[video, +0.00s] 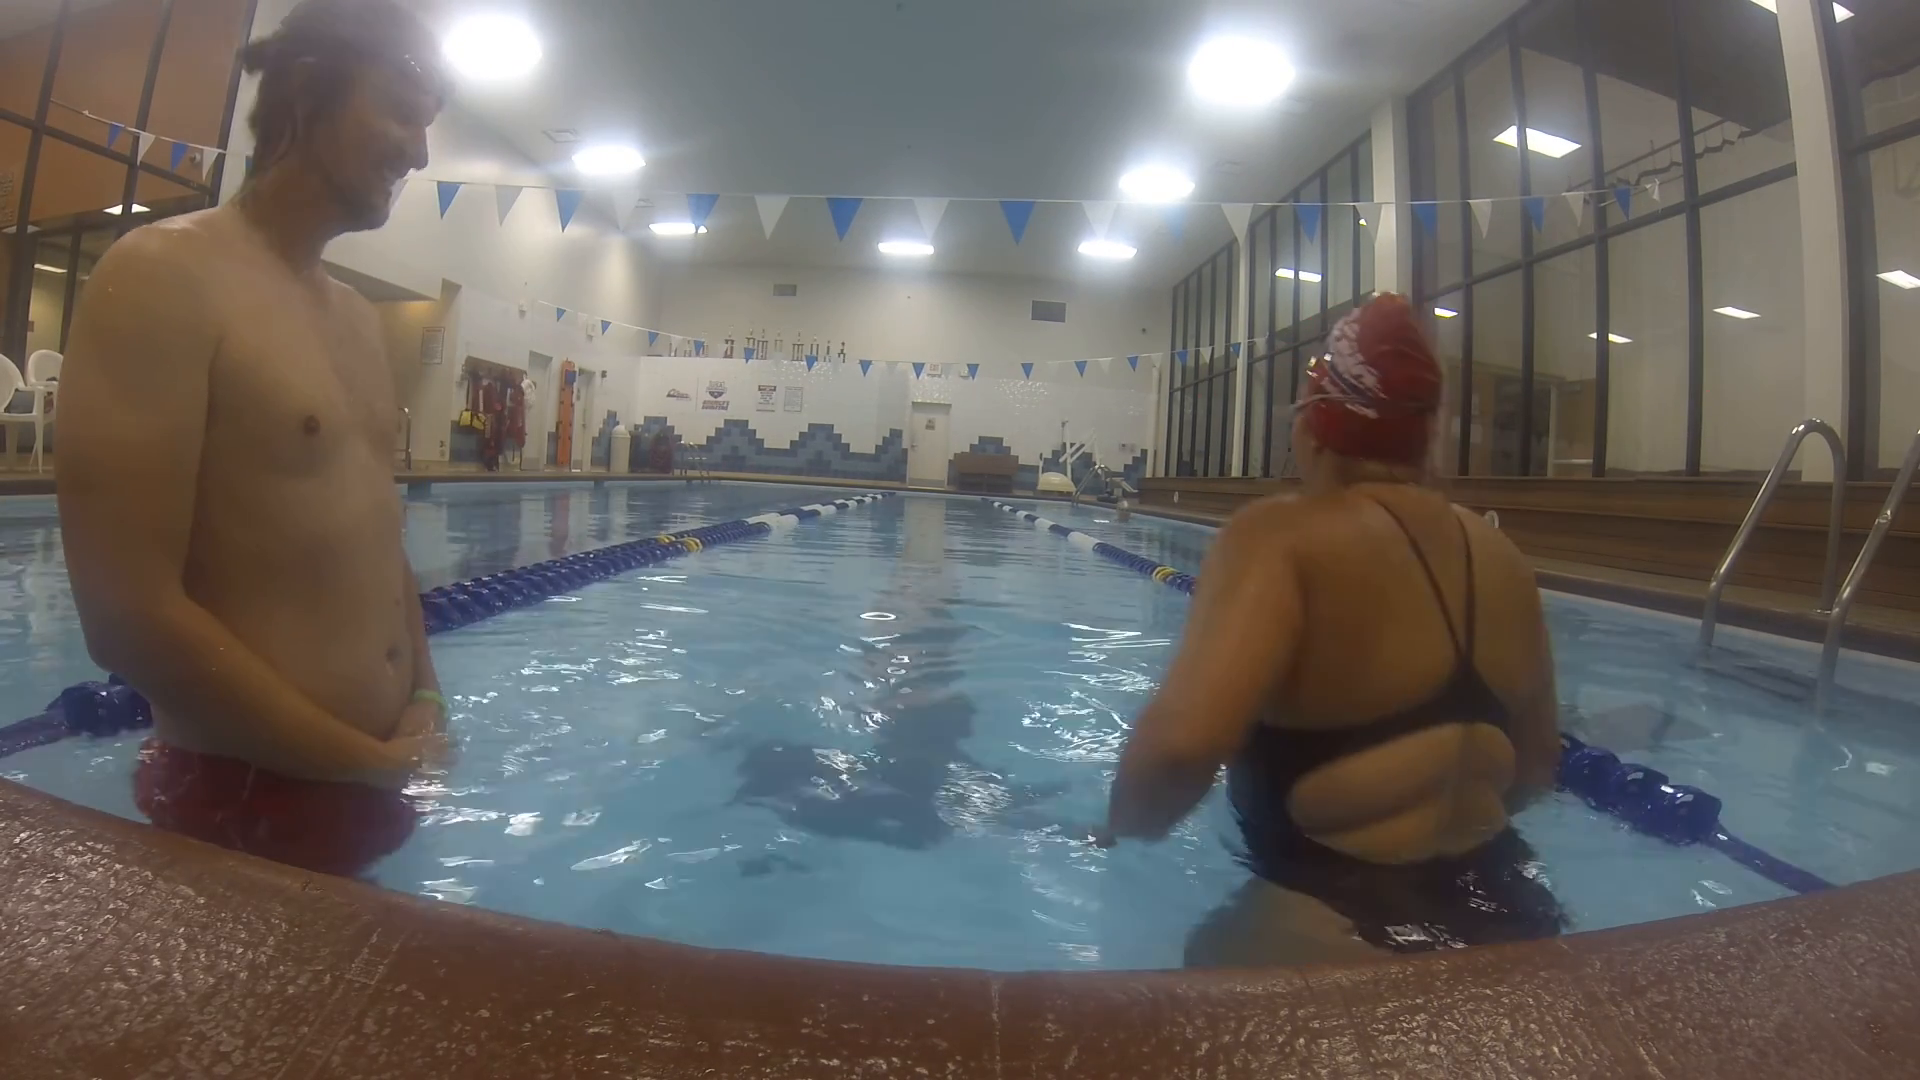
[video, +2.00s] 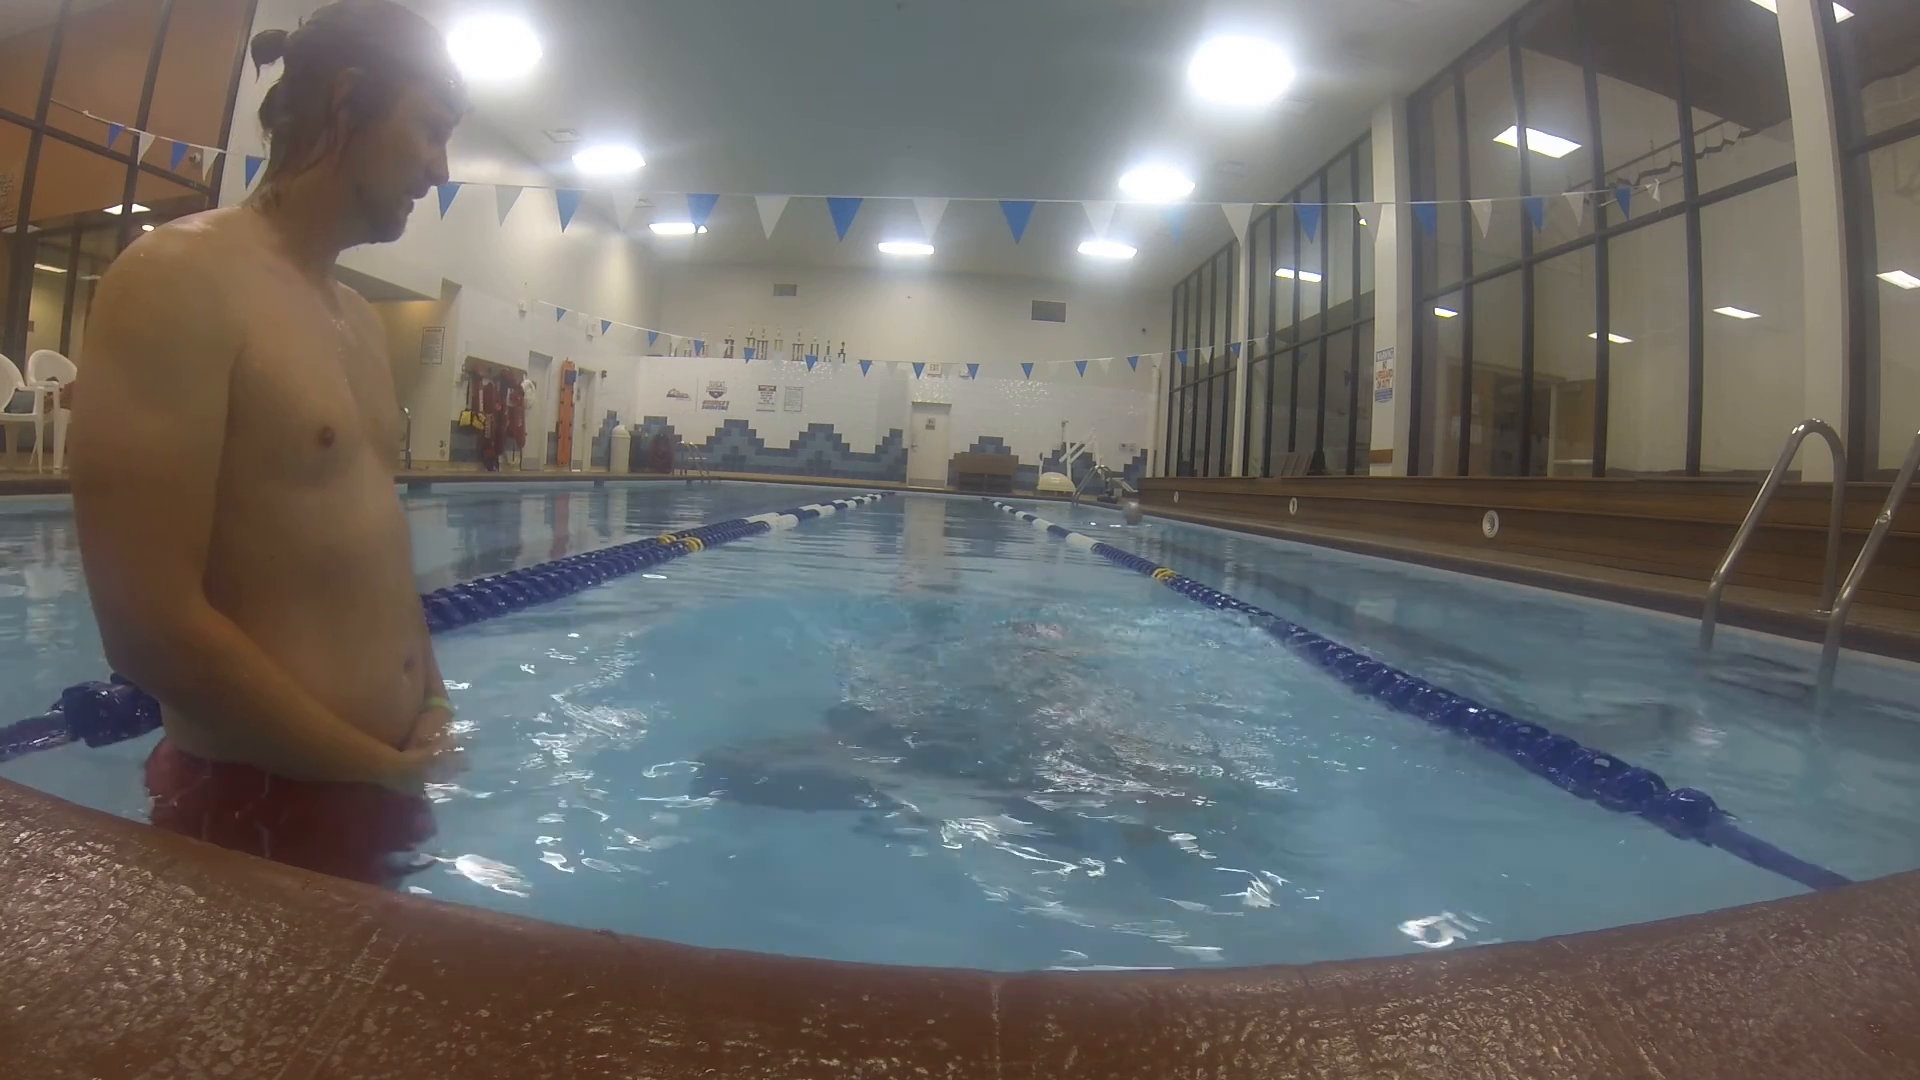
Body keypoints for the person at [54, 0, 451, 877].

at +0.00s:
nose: (422, 150)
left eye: (426, 126)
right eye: (402, 112)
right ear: (306, 96)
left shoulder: (361, 316)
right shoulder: (162, 273)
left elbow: (377, 540)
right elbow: (126, 615)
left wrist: (423, 699)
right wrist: (376, 764)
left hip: (364, 781)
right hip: (236, 797)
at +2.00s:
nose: (445, 170)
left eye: (448, 141)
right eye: (434, 131)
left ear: (357, 115)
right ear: (347, 104)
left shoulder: (356, 313)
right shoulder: (178, 276)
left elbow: (370, 551)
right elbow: (149, 627)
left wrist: (432, 708)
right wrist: (392, 772)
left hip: (369, 790)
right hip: (254, 806)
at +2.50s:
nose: (494, 167)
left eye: (500, 142)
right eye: (474, 130)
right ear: (377, 115)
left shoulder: (403, 320)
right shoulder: (235, 282)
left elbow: (400, 554)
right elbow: (192, 622)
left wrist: (450, 707)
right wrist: (400, 764)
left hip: (373, 784)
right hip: (274, 799)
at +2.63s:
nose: (518, 172)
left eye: (527, 150)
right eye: (497, 134)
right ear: (400, 113)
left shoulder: (430, 325)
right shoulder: (258, 287)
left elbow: (408, 565)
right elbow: (208, 623)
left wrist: (460, 717)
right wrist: (410, 766)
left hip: (391, 794)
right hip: (284, 802)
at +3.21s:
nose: (647, 185)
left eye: (652, 158)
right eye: (631, 145)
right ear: (542, 126)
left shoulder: (508, 335)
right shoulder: (378, 292)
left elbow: (484, 600)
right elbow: (323, 643)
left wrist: (557, 758)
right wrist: (538, 810)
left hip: (455, 837)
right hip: (380, 846)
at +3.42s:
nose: (775, 186)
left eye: (777, 151)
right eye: (757, 142)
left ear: (661, 127)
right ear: (660, 119)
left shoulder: (578, 313)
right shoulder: (486, 284)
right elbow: (421, 670)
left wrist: (621, 786)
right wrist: (593, 821)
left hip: (501, 869)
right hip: (428, 878)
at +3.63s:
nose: (898, 161)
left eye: (903, 119)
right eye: (893, 110)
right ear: (807, 71)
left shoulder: (664, 251)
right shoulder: (619, 237)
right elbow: (546, 699)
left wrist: (716, 836)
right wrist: (715, 857)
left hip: (577, 909)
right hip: (512, 916)